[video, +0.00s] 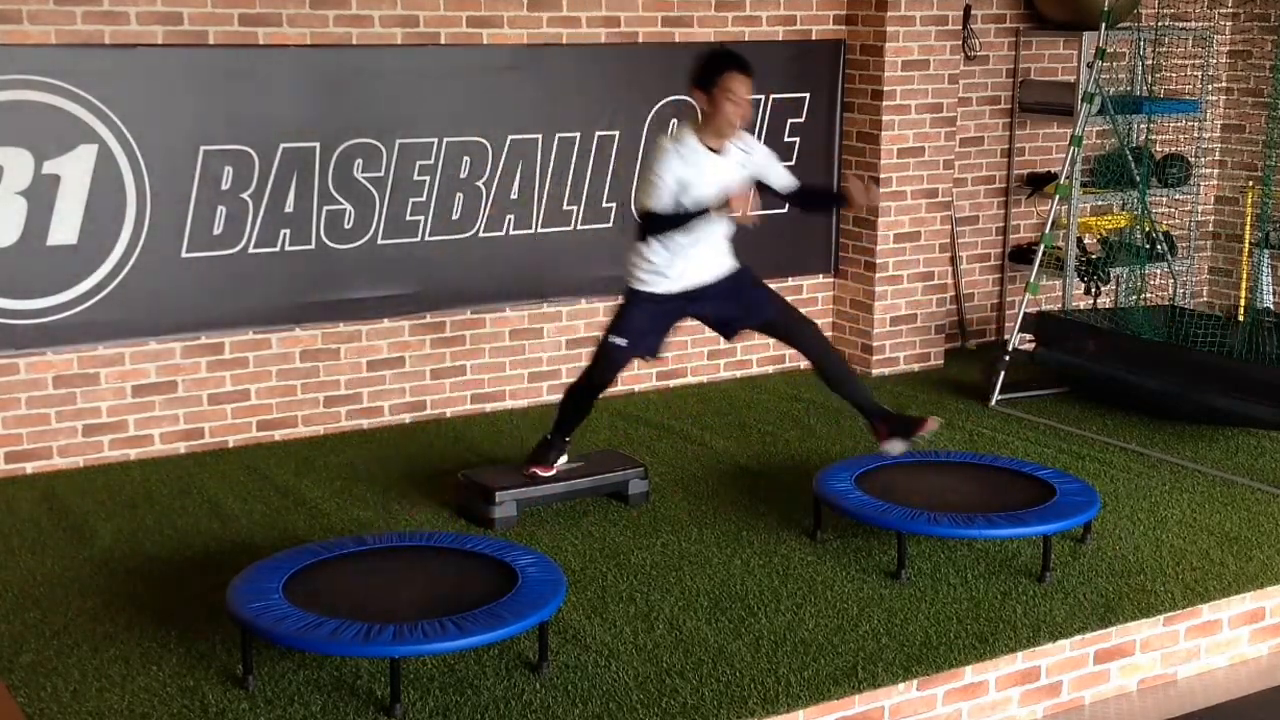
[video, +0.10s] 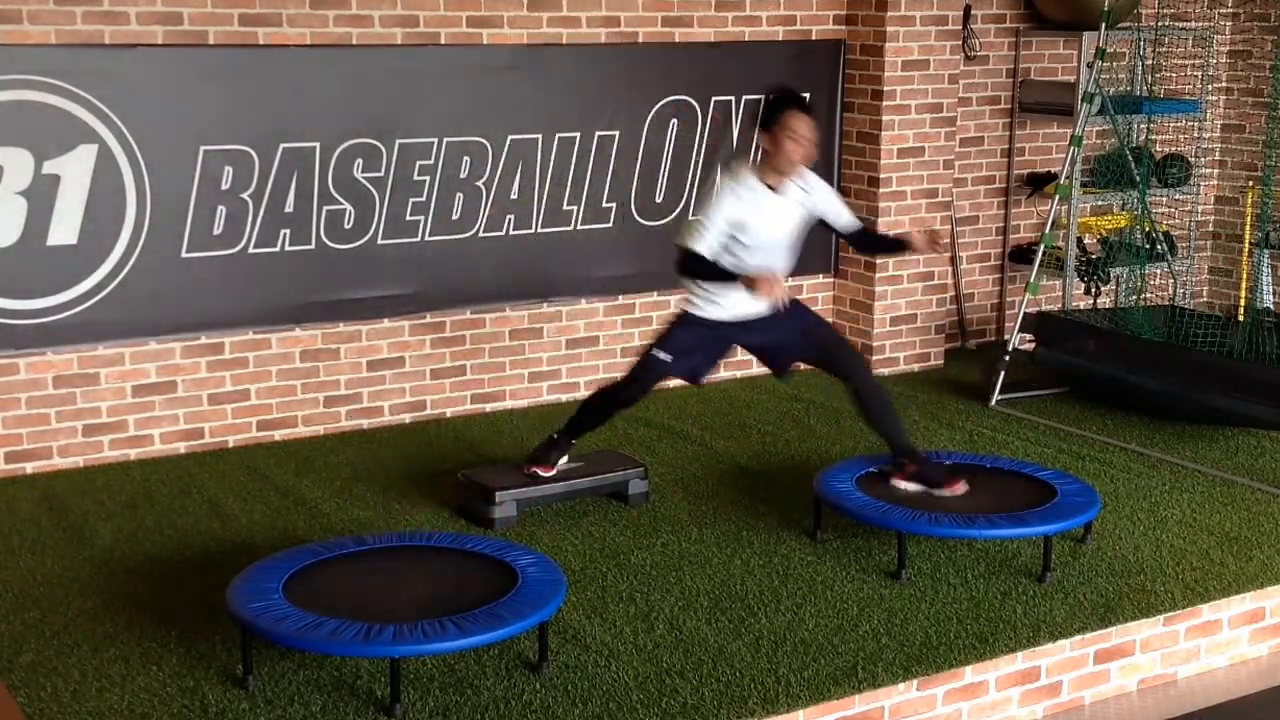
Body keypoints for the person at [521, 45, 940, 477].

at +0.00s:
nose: (743, 109)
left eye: (748, 100)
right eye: (733, 98)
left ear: (750, 104)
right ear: (702, 98)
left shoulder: (747, 149)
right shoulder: (672, 153)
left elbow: (795, 193)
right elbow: (647, 225)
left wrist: (842, 196)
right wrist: (719, 208)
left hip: (721, 278)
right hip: (657, 287)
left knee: (809, 335)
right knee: (601, 370)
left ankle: (884, 422)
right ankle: (553, 446)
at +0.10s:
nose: (804, 149)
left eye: (810, 141)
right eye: (795, 139)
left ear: (812, 146)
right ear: (765, 139)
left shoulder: (810, 188)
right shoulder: (730, 188)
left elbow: (859, 235)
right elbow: (687, 261)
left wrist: (908, 244)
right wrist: (748, 282)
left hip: (774, 312)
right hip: (710, 315)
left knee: (852, 364)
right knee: (630, 390)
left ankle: (909, 461)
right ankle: (557, 444)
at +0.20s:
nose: (870, 194)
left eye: (874, 184)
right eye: (860, 183)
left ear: (874, 189)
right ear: (828, 185)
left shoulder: (870, 233)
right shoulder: (792, 230)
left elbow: (923, 280)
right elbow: (741, 298)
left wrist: (955, 267)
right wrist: (785, 336)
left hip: (808, 326)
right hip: (749, 330)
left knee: (893, 348)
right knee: (660, 404)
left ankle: (917, 460)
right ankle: (568, 440)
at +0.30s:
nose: (922, 233)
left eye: (923, 223)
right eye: (912, 223)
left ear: (915, 227)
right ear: (875, 224)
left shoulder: (909, 270)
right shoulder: (835, 262)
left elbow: (957, 308)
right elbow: (784, 324)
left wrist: (995, 286)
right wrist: (827, 380)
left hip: (827, 345)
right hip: (768, 345)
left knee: (912, 349)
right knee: (671, 407)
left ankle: (918, 457)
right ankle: (568, 443)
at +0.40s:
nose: (949, 261)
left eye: (952, 251)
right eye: (942, 250)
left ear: (939, 253)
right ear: (907, 247)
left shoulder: (930, 293)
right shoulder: (859, 279)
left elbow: (970, 337)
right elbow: (811, 348)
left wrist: (1020, 323)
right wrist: (853, 408)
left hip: (837, 353)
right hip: (779, 350)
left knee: (925, 345)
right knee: (679, 409)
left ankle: (919, 463)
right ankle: (573, 442)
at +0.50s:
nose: (961, 267)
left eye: (962, 257)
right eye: (954, 257)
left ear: (946, 260)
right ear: (919, 256)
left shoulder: (937, 301)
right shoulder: (870, 293)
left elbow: (978, 356)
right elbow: (821, 362)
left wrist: (1038, 361)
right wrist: (856, 427)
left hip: (842, 353)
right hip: (784, 349)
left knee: (932, 344)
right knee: (683, 408)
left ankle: (916, 458)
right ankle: (573, 441)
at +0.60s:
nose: (958, 267)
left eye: (961, 256)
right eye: (949, 256)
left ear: (952, 259)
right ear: (915, 254)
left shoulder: (940, 300)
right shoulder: (875, 292)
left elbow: (964, 361)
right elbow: (825, 358)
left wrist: (1009, 419)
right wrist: (841, 430)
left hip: (841, 349)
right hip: (783, 342)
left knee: (930, 347)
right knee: (685, 404)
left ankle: (915, 460)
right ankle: (575, 441)